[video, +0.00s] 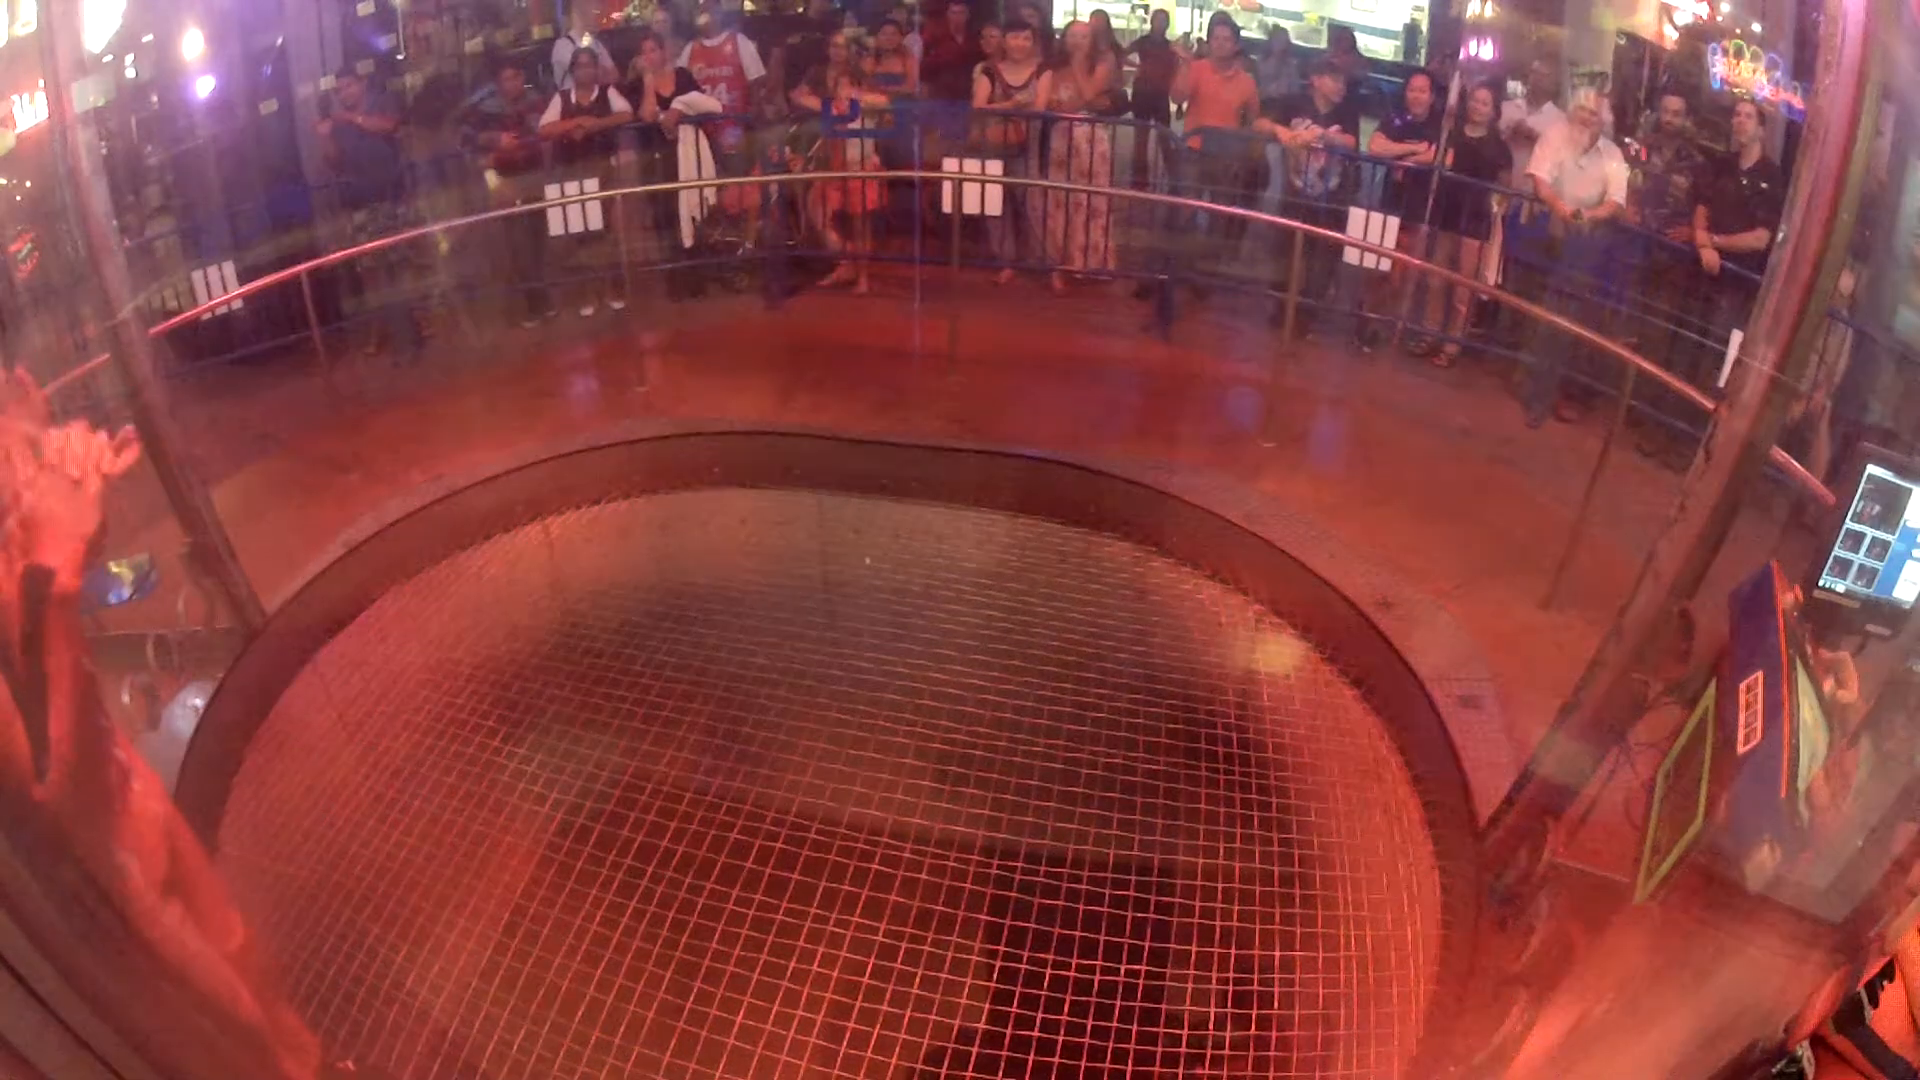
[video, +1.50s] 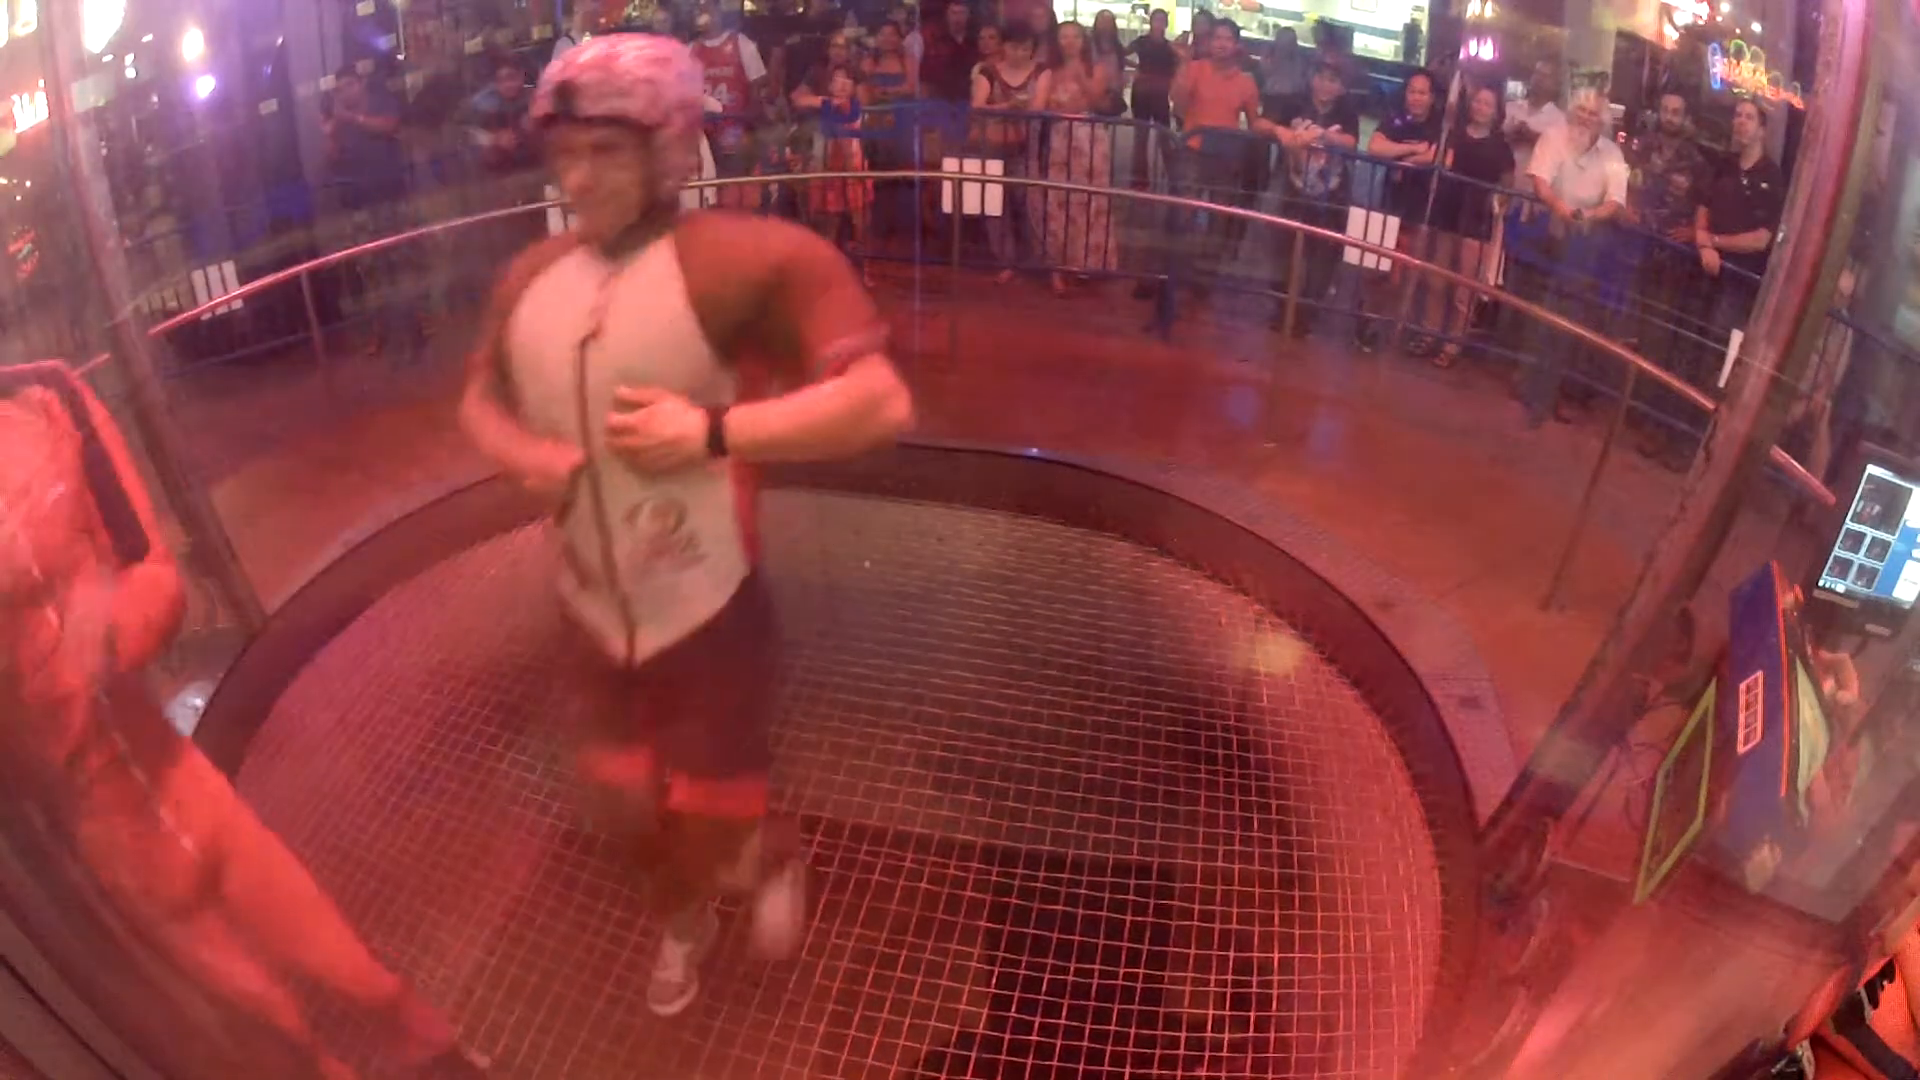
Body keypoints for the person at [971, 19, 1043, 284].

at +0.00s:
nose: (1019, 44)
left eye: (1024, 39)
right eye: (1013, 38)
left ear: (1033, 43)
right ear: (1004, 41)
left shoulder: (1042, 71)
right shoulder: (988, 71)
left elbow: (1039, 107)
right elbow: (978, 107)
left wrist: (1011, 109)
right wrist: (1010, 104)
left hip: (1027, 144)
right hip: (994, 144)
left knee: (1029, 201)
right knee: (995, 203)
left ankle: (1038, 260)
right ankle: (1004, 261)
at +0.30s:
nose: (1019, 44)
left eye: (1025, 39)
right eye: (1014, 38)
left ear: (1034, 44)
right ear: (1004, 41)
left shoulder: (1041, 71)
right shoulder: (987, 70)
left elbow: (1039, 106)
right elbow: (978, 106)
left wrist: (1011, 108)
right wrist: (1010, 104)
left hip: (1028, 143)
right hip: (995, 143)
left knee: (1030, 200)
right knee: (995, 203)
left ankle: (1038, 259)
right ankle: (1005, 261)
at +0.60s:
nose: (1016, 48)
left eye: (1023, 43)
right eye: (1012, 42)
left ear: (1034, 45)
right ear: (1004, 43)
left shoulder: (1041, 72)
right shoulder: (987, 71)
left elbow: (1038, 108)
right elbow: (977, 107)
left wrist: (1007, 108)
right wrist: (1010, 104)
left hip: (1026, 146)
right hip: (992, 147)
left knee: (1032, 203)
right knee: (994, 205)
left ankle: (1048, 263)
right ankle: (1005, 262)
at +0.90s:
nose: (1017, 51)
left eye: (1023, 45)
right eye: (1013, 45)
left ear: (1033, 48)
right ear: (1004, 46)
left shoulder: (1041, 73)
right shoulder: (987, 71)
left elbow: (1037, 107)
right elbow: (976, 107)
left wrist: (1012, 107)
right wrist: (1009, 104)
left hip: (1026, 146)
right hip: (993, 146)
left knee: (1030, 202)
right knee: (994, 205)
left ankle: (1042, 260)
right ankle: (1005, 261)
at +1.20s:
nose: (1019, 53)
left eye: (1025, 47)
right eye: (1014, 46)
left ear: (1034, 49)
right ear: (1004, 46)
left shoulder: (1041, 74)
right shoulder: (986, 71)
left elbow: (1037, 108)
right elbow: (977, 107)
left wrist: (1014, 106)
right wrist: (1008, 105)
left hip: (1025, 147)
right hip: (992, 147)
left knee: (1027, 202)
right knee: (994, 205)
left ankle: (1036, 258)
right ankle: (1004, 262)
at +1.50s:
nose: (1018, 53)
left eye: (1023, 47)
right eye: (1014, 47)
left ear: (1033, 49)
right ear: (1004, 47)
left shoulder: (1041, 74)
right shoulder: (988, 72)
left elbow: (1038, 108)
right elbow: (976, 109)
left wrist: (1016, 108)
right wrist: (1006, 107)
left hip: (1026, 147)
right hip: (993, 148)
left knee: (1030, 202)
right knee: (995, 206)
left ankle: (1038, 259)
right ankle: (1005, 263)